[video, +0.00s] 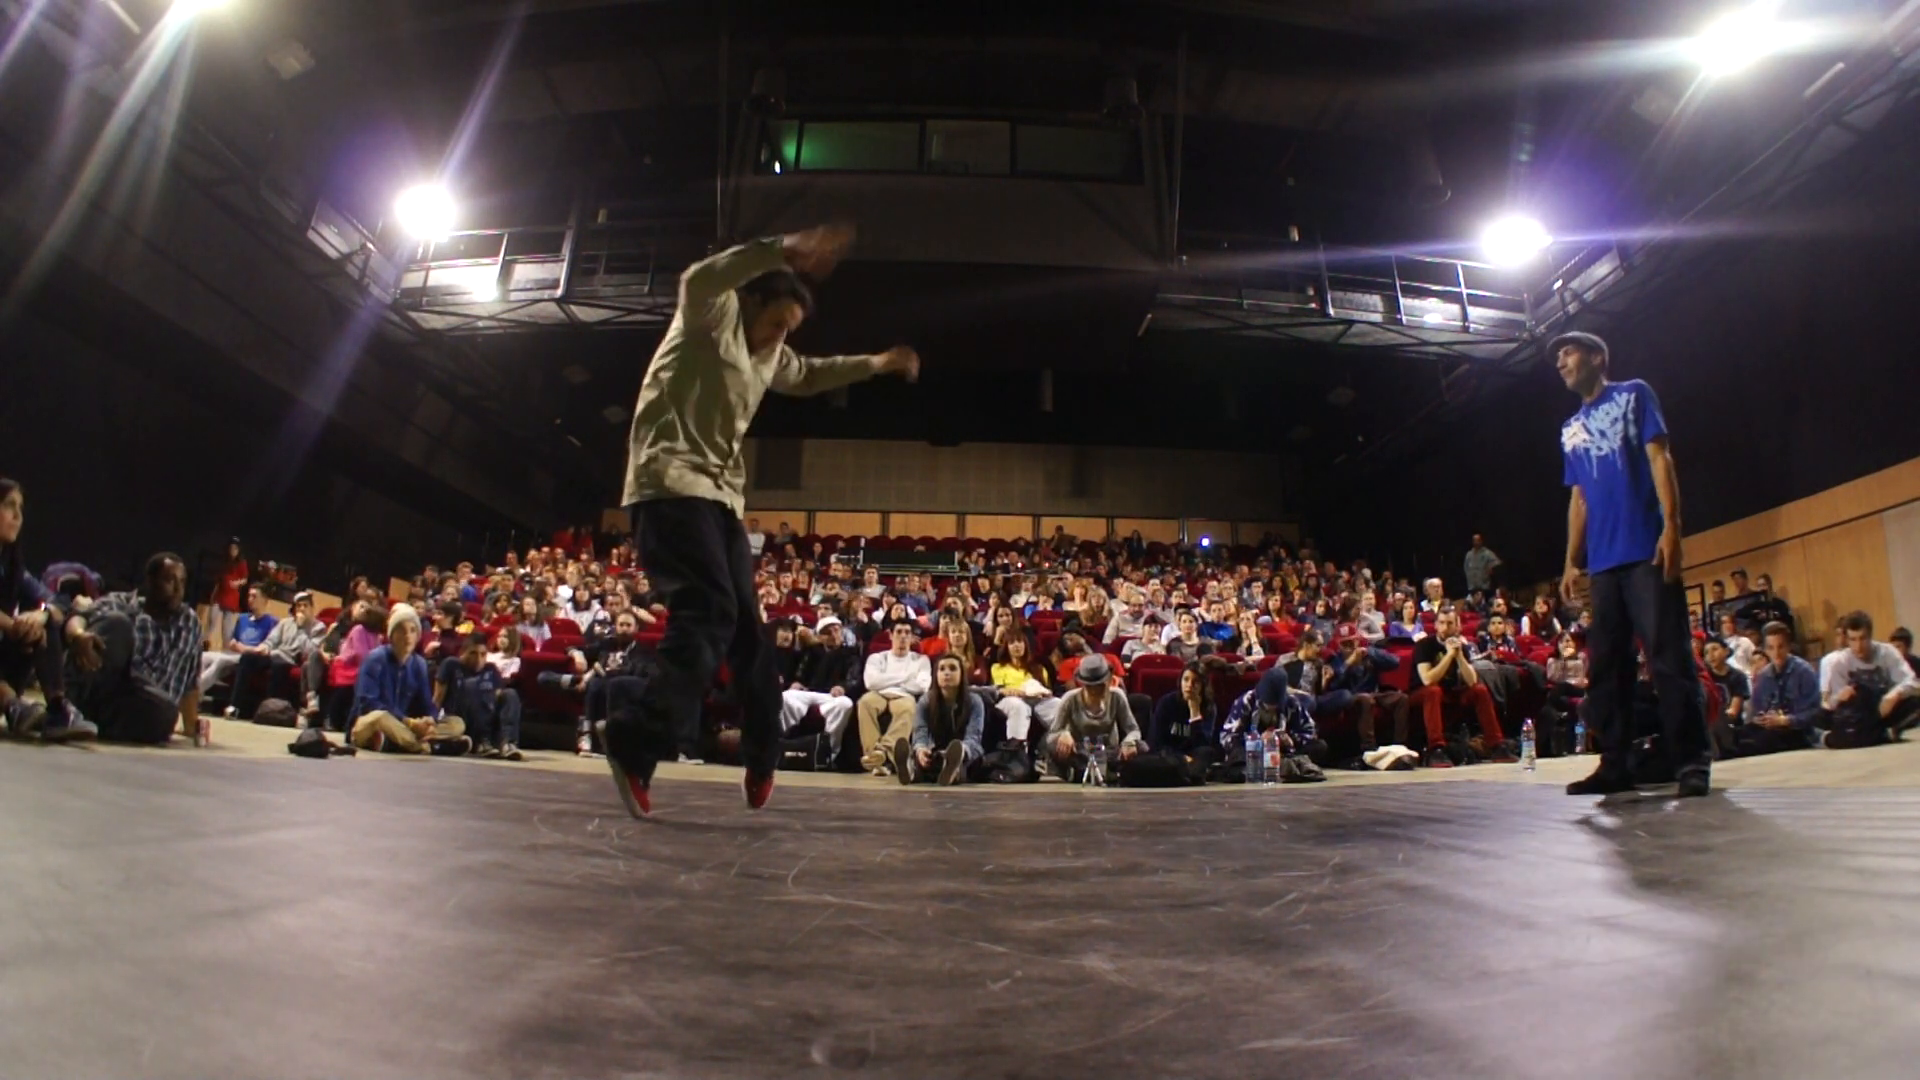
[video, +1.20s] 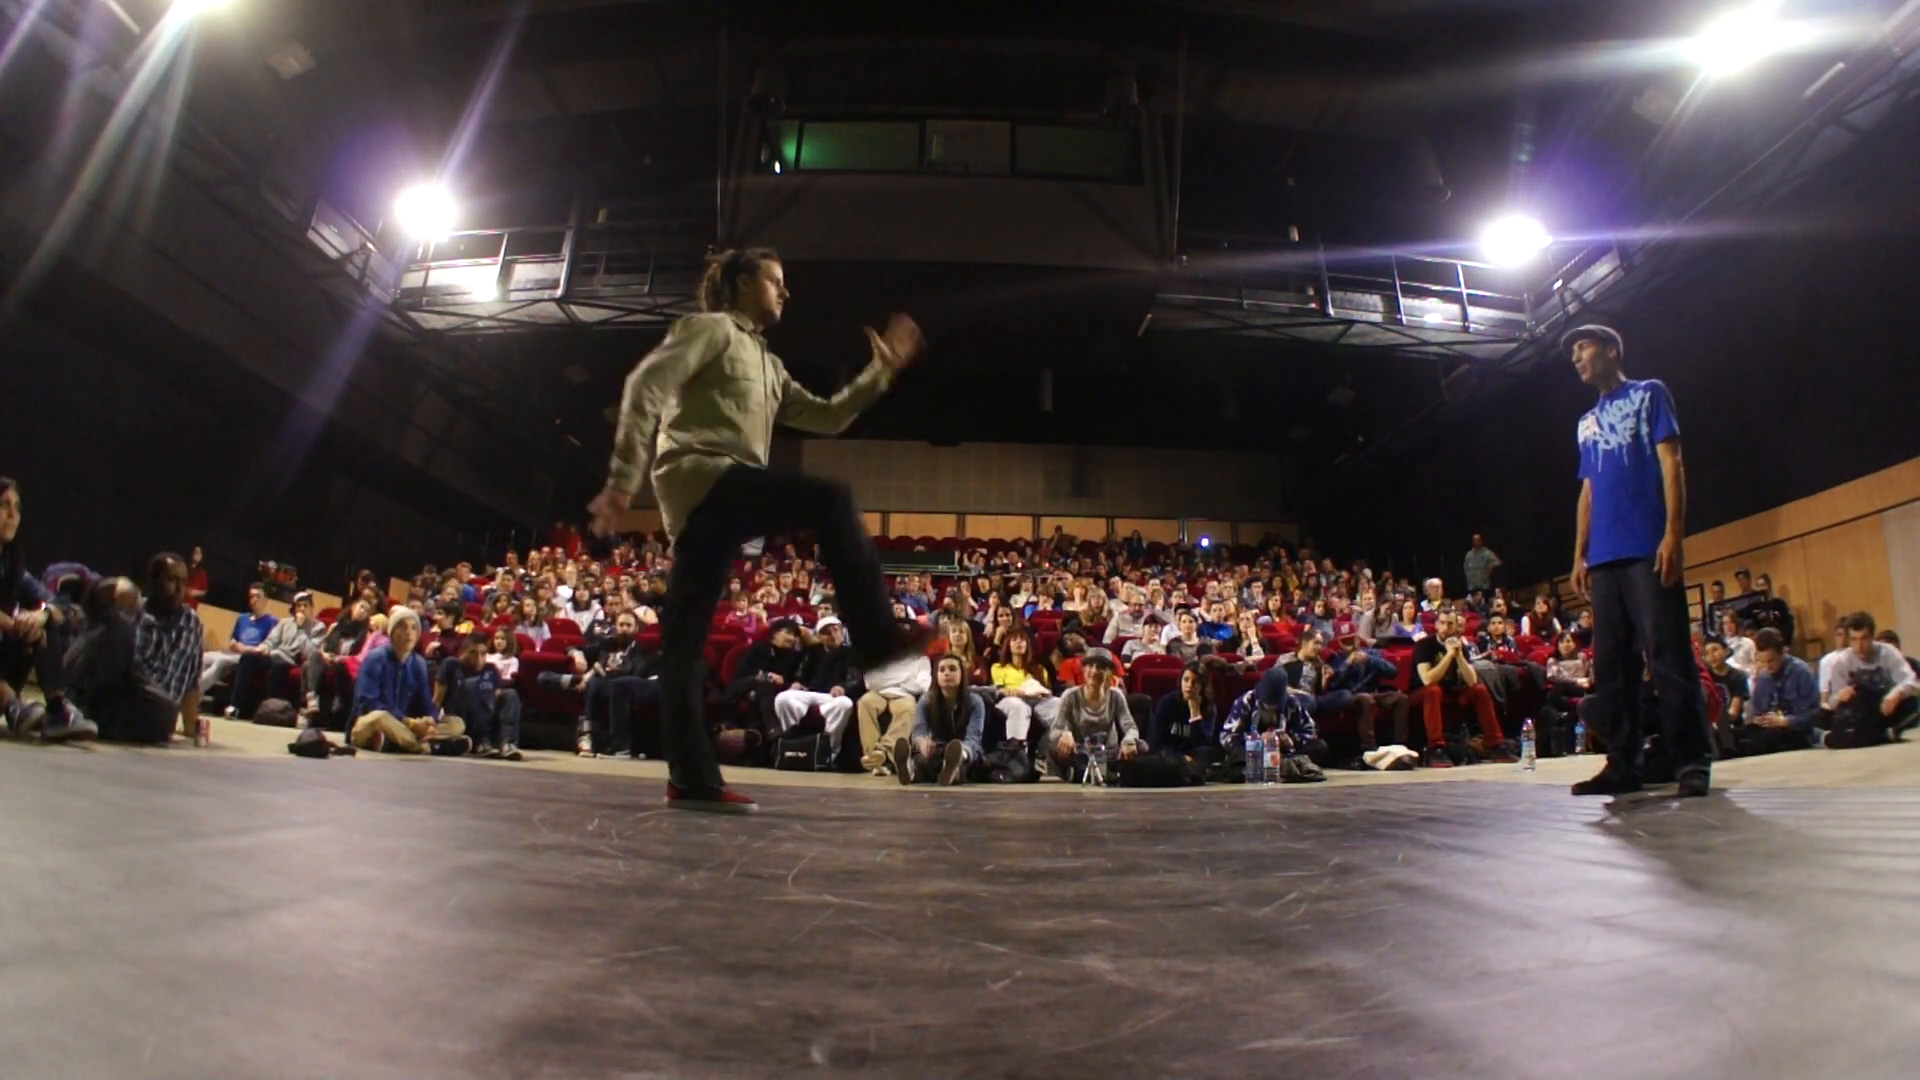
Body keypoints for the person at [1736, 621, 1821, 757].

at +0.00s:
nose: (1776, 653)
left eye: (1781, 647)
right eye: (1771, 648)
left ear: (1788, 647)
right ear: (1765, 650)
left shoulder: (1804, 671)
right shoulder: (1762, 677)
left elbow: (1813, 712)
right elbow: (1755, 713)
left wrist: (1785, 720)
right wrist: (1762, 720)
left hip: (1797, 731)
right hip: (1767, 731)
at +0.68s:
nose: (1769, 662)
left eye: (1773, 656)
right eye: (1764, 658)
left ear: (1784, 651)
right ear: (1760, 657)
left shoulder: (1801, 671)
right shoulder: (1762, 676)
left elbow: (1812, 713)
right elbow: (1756, 711)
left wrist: (1784, 721)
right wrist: (1759, 719)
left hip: (1798, 732)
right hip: (1767, 731)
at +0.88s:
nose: (1767, 666)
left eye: (1771, 660)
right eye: (1763, 661)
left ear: (1782, 653)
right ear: (1759, 659)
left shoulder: (1801, 672)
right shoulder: (1762, 676)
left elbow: (1812, 712)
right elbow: (1758, 711)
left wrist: (1784, 721)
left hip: (1798, 731)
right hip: (1769, 729)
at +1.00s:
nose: (1767, 666)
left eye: (1771, 661)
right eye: (1763, 662)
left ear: (1782, 653)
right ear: (1758, 658)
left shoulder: (1801, 672)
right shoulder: (1762, 676)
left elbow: (1812, 713)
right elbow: (1758, 711)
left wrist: (1784, 721)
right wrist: (1761, 720)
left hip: (1798, 731)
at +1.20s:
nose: (1767, 667)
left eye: (1771, 661)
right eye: (1763, 662)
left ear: (1783, 653)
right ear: (1758, 658)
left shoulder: (1801, 672)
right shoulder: (1763, 676)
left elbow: (1813, 713)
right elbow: (1758, 711)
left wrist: (1784, 721)